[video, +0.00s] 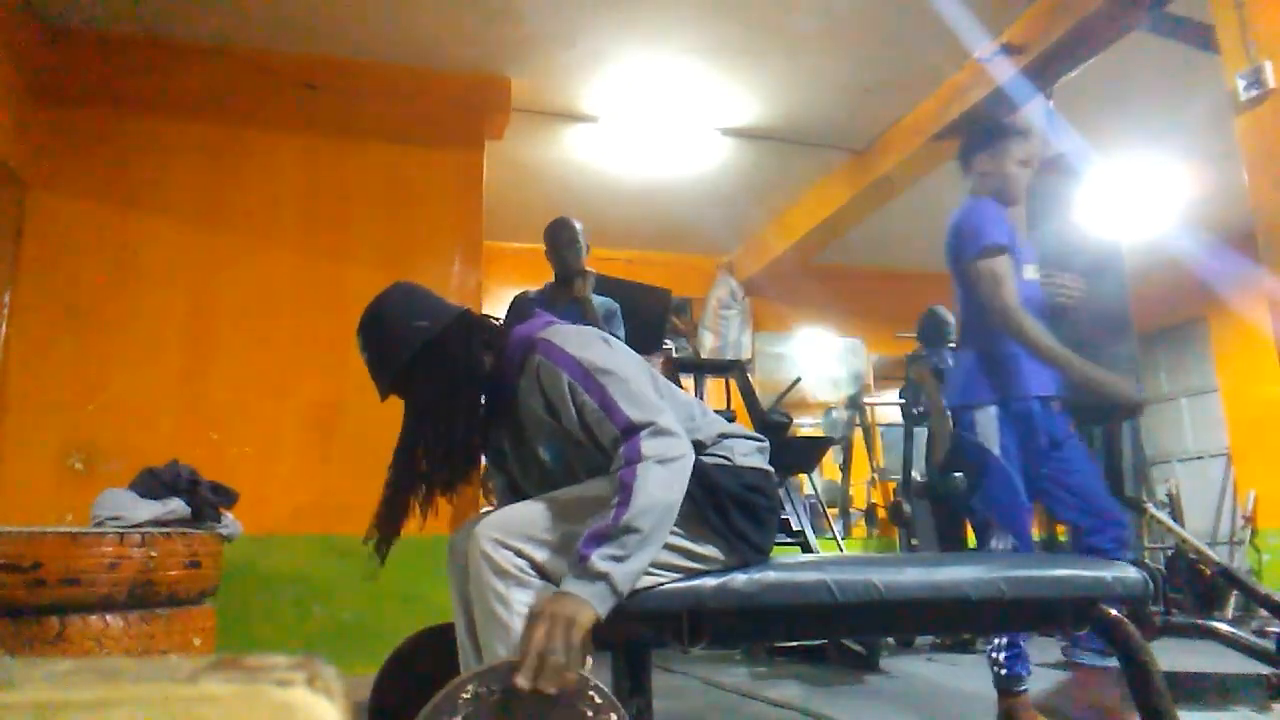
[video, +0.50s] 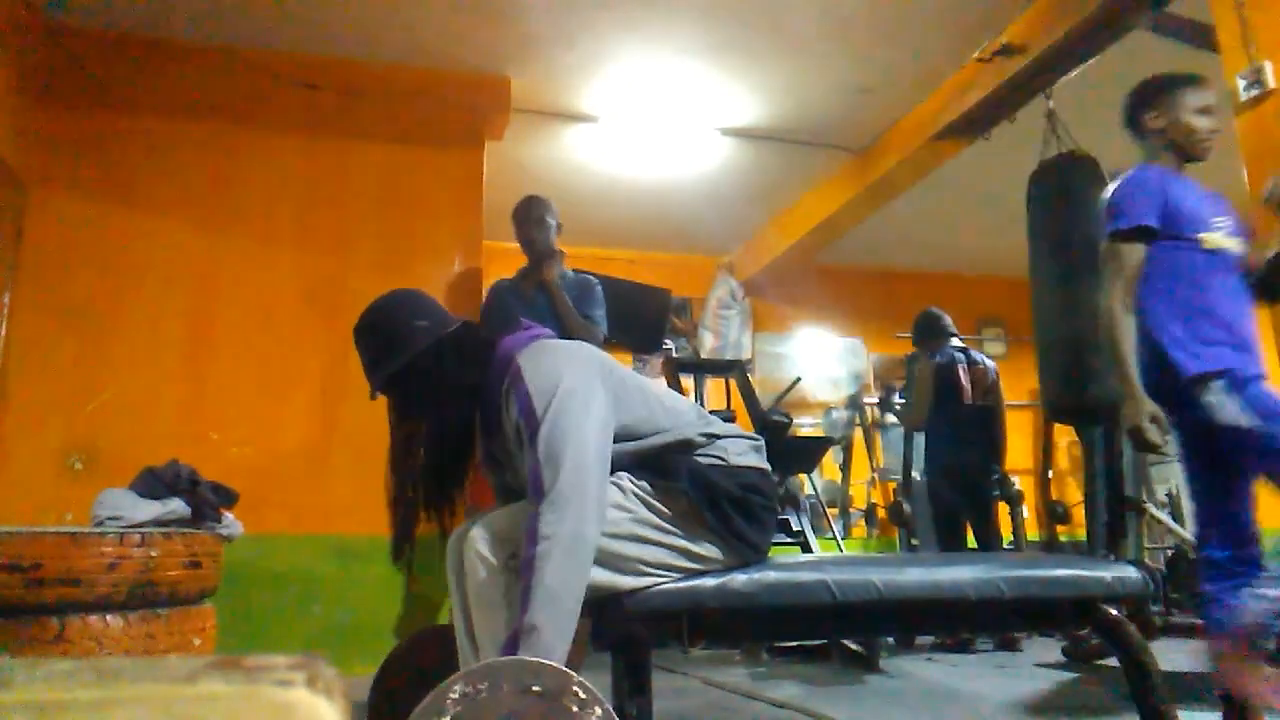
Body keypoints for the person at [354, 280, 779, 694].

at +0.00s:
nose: (424, 406)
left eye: (419, 385)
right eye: (411, 393)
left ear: (448, 355)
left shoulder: (554, 349)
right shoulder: (499, 417)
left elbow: (660, 445)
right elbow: (526, 527)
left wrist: (587, 588)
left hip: (724, 499)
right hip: (658, 502)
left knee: (499, 542)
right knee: (468, 544)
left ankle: (544, 712)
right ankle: (499, 710)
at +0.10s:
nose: (420, 406)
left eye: (416, 385)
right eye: (408, 394)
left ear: (448, 357)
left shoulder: (554, 353)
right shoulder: (499, 411)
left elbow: (652, 460)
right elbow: (527, 520)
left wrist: (581, 598)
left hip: (723, 501)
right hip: (656, 502)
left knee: (500, 541)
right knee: (468, 544)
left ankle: (542, 711)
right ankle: (495, 709)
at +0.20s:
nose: (415, 411)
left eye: (412, 390)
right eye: (405, 396)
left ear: (447, 362)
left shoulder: (560, 357)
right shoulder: (502, 409)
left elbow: (640, 479)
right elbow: (520, 526)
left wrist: (550, 628)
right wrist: (482, 654)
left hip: (721, 503)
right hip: (655, 504)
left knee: (496, 542)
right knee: (468, 544)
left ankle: (525, 709)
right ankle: (490, 703)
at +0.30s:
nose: (411, 408)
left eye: (407, 388)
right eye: (400, 394)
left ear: (442, 361)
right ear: (453, 353)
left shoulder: (559, 364)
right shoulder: (499, 403)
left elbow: (608, 507)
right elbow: (517, 521)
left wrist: (543, 659)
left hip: (721, 502)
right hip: (661, 500)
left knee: (496, 543)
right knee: (470, 545)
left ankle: (524, 705)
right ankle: (491, 705)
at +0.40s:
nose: (407, 410)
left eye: (405, 389)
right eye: (397, 396)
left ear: (439, 364)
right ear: (444, 360)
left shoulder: (555, 366)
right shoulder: (496, 407)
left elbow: (581, 522)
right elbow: (515, 523)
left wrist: (531, 684)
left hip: (723, 501)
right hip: (663, 503)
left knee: (497, 543)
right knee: (468, 548)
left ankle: (527, 707)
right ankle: (489, 706)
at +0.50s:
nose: (409, 413)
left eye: (405, 392)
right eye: (398, 398)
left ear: (437, 365)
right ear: (442, 362)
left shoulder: (550, 368)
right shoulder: (496, 407)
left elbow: (568, 526)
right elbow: (518, 526)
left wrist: (534, 686)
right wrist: (499, 688)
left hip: (721, 499)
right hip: (666, 502)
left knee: (496, 543)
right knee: (469, 546)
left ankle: (527, 706)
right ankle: (491, 704)